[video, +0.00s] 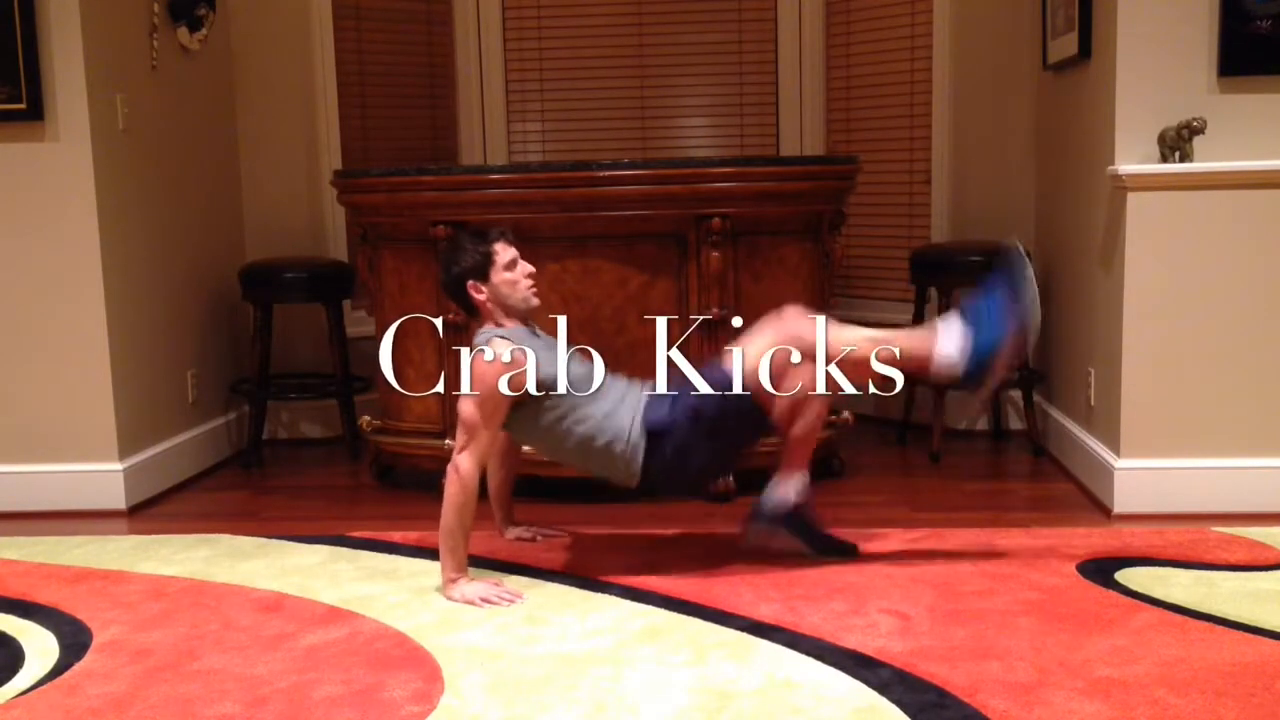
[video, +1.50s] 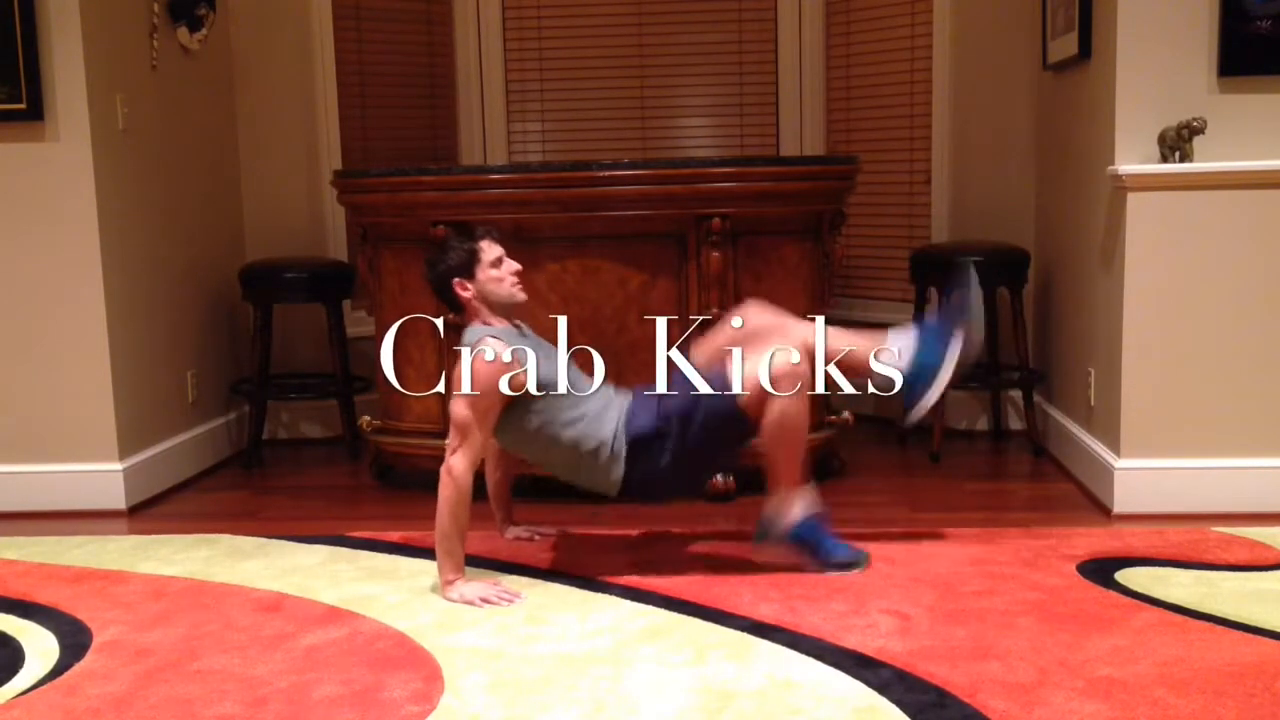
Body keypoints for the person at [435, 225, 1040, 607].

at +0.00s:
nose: (528, 272)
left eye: (523, 262)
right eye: (512, 268)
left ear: (509, 281)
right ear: (480, 294)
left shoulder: (522, 342)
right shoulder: (496, 360)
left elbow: (503, 441)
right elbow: (462, 466)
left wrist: (503, 523)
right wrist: (453, 577)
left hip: (668, 420)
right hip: (661, 446)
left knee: (803, 341)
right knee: (795, 333)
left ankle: (783, 503)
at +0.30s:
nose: (532, 273)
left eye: (525, 262)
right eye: (515, 268)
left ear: (507, 284)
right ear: (483, 295)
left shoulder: (525, 345)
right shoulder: (499, 361)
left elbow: (501, 443)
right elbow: (464, 467)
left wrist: (502, 523)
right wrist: (452, 577)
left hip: (669, 431)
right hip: (661, 449)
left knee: (811, 353)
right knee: (775, 316)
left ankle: (785, 500)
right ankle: (921, 366)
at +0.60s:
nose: (538, 274)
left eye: (529, 264)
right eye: (520, 270)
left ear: (506, 294)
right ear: (492, 300)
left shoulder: (530, 345)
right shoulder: (505, 369)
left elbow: (500, 439)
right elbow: (464, 466)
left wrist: (502, 525)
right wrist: (451, 578)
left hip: (651, 450)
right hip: (643, 479)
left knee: (792, 376)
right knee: (781, 382)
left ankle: (897, 294)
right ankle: (775, 528)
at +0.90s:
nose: (511, 269)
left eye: (507, 260)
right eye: (496, 265)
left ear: (486, 281)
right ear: (464, 289)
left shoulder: (503, 334)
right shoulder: (482, 355)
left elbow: (496, 439)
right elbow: (456, 462)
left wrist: (500, 521)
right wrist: (450, 576)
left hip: (648, 394)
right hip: (654, 431)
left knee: (772, 285)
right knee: (791, 313)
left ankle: (817, 448)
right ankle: (871, 454)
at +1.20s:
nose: (528, 278)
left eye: (521, 269)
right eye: (511, 274)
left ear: (501, 294)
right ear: (482, 302)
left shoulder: (524, 349)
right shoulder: (502, 369)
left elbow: (497, 443)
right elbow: (458, 466)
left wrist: (503, 523)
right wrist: (449, 579)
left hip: (640, 450)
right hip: (636, 488)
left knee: (771, 368)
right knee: (789, 391)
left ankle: (755, 517)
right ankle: (922, 324)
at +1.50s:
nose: (514, 270)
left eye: (509, 261)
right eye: (498, 266)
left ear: (494, 279)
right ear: (466, 289)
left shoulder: (505, 337)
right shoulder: (484, 355)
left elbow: (493, 441)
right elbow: (456, 462)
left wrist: (501, 521)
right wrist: (450, 578)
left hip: (643, 416)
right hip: (636, 450)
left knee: (752, 316)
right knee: (783, 363)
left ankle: (901, 357)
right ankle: (787, 516)